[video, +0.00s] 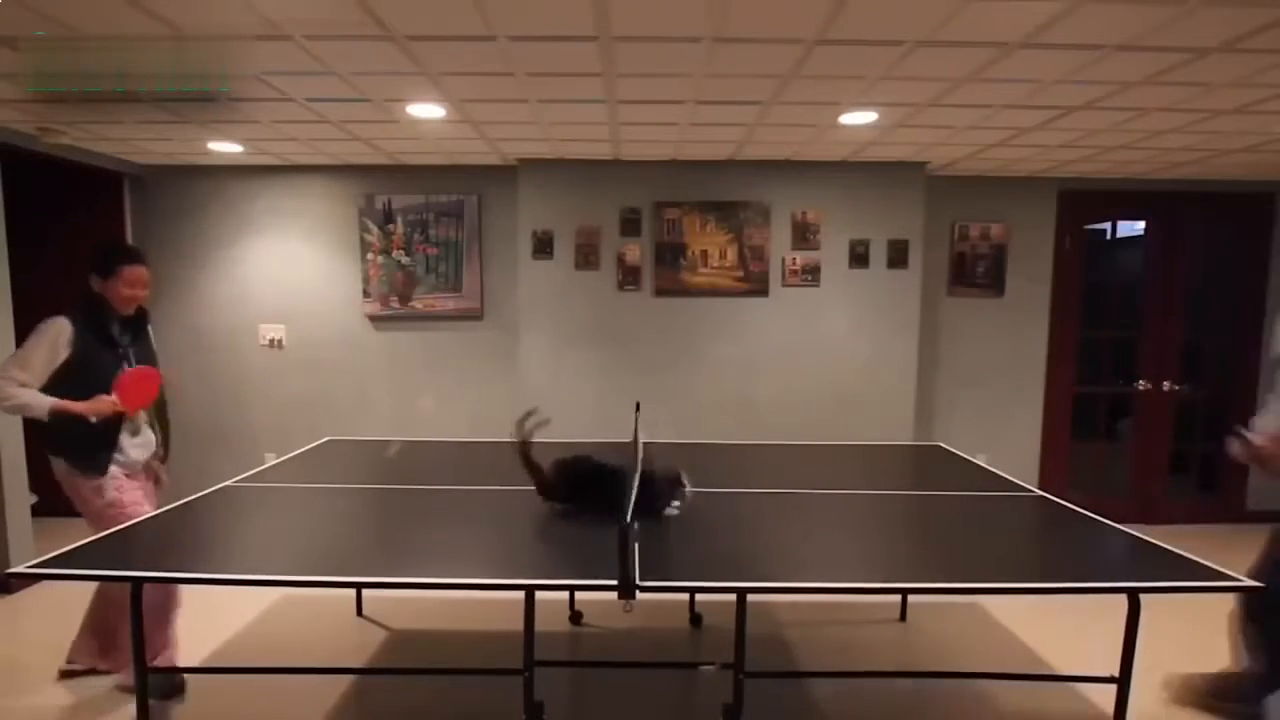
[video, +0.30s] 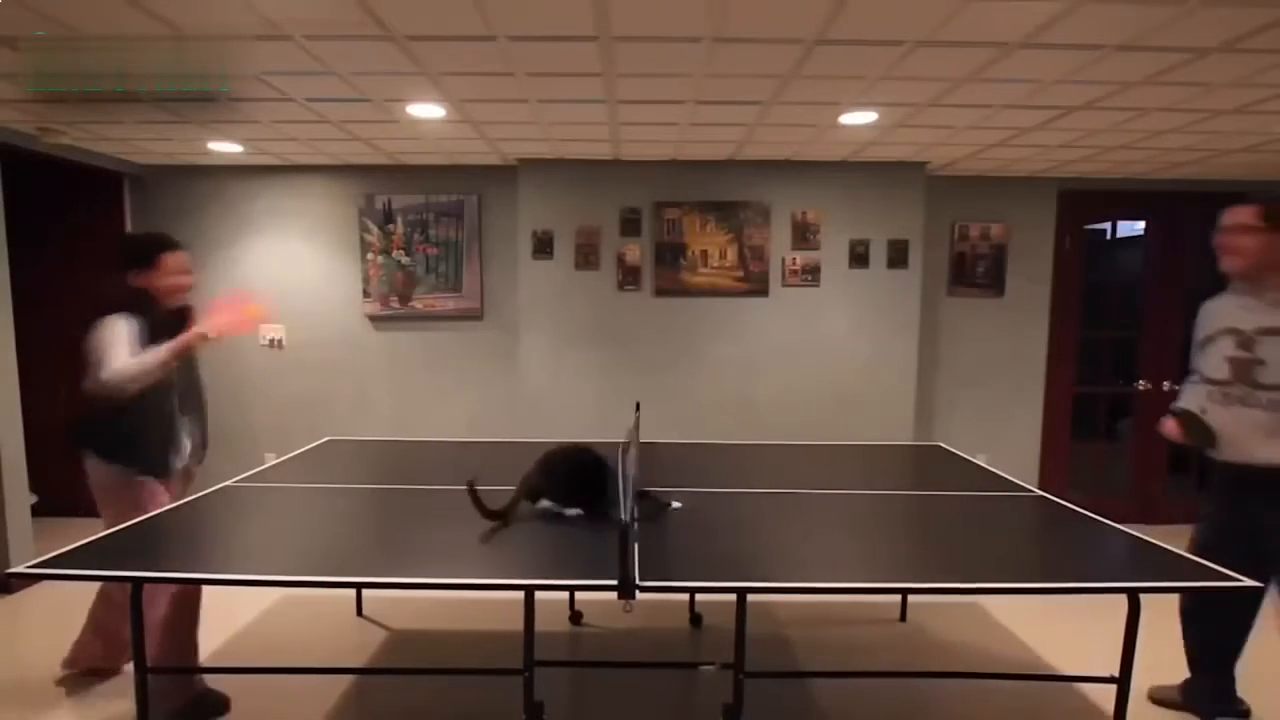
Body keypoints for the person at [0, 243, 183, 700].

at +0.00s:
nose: (139, 295)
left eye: (144, 286)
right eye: (130, 286)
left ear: (146, 287)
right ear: (100, 284)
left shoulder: (136, 327)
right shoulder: (64, 330)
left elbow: (141, 387)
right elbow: (6, 390)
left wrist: (154, 389)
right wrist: (77, 407)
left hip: (140, 458)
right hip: (90, 467)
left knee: (133, 553)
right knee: (154, 550)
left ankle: (90, 655)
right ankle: (154, 668)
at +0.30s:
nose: (186, 282)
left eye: (188, 272)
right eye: (175, 273)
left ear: (186, 276)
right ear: (142, 278)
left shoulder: (175, 328)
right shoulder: (119, 325)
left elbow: (186, 403)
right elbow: (110, 378)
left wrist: (188, 460)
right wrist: (182, 344)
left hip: (165, 466)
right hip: (121, 468)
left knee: (133, 565)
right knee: (176, 569)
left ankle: (92, 657)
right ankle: (174, 689)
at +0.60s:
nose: (227, 292)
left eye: (229, 283)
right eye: (218, 282)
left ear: (218, 283)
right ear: (182, 280)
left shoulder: (200, 327)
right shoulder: (150, 324)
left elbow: (189, 381)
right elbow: (94, 386)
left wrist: (227, 385)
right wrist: (179, 387)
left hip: (175, 469)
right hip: (132, 473)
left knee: (136, 564)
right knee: (172, 578)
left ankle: (103, 640)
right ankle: (173, 692)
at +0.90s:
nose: (205, 341)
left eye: (209, 332)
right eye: (198, 331)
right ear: (168, 324)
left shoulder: (180, 369)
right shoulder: (119, 362)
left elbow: (161, 434)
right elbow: (48, 422)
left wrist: (162, 473)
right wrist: (114, 454)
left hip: (139, 478)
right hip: (85, 482)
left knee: (169, 550)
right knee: (133, 563)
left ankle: (117, 648)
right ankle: (164, 676)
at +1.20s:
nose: (164, 345)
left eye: (168, 336)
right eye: (158, 334)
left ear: (170, 335)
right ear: (130, 328)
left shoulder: (139, 374)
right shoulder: (73, 364)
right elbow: (6, 419)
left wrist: (120, 460)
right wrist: (67, 456)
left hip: (102, 481)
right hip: (53, 491)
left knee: (129, 552)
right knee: (59, 573)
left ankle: (117, 644)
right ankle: (26, 655)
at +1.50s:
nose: (129, 318)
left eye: (132, 309)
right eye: (121, 308)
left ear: (129, 309)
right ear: (90, 305)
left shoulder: (116, 356)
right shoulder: (45, 346)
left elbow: (105, 417)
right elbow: (8, 416)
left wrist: (131, 418)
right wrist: (86, 427)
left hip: (109, 478)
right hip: (55, 486)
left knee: (149, 539)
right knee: (58, 562)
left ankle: (149, 629)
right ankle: (24, 654)